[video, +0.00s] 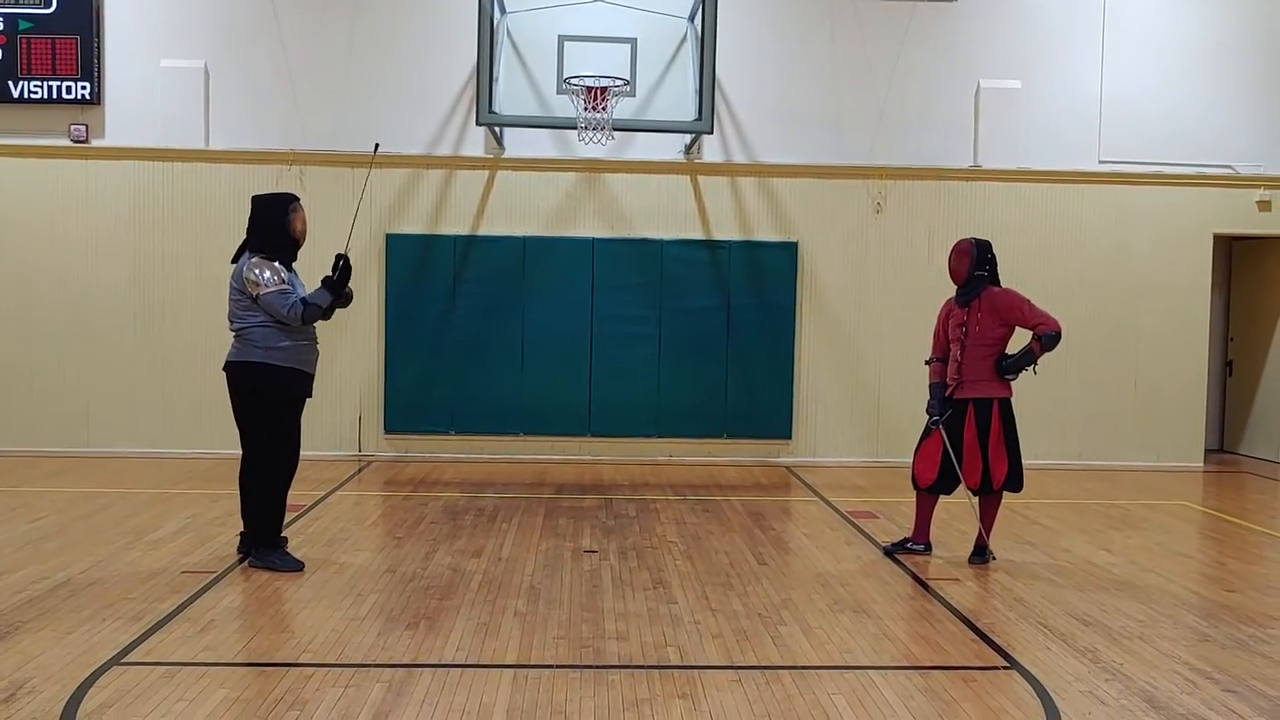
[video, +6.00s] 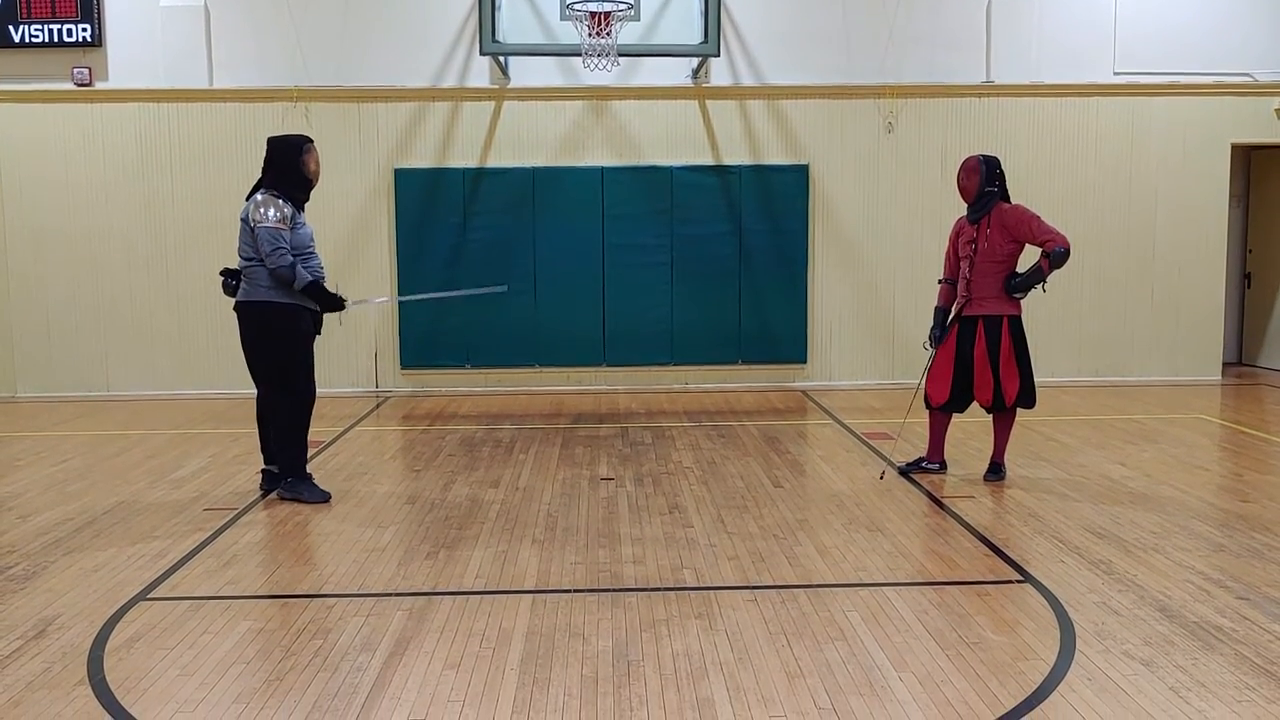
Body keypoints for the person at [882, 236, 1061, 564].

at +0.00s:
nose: (951, 266)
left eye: (957, 259)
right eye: (952, 259)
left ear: (975, 263)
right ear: (970, 264)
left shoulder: (1001, 299)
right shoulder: (950, 307)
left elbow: (1050, 330)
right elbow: (938, 356)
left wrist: (1018, 361)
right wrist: (936, 396)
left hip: (990, 400)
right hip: (952, 401)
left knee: (990, 470)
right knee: (929, 463)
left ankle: (982, 543)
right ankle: (919, 538)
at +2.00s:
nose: (951, 238)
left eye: (957, 231)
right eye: (952, 231)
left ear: (974, 234)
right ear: (972, 235)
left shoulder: (1000, 270)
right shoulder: (950, 279)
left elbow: (1049, 301)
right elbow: (938, 328)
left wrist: (1018, 333)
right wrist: (935, 367)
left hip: (989, 372)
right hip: (951, 372)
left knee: (990, 442)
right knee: (928, 435)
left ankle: (981, 514)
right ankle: (919, 509)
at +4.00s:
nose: (964, 229)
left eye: (970, 222)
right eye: (964, 222)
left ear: (989, 225)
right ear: (974, 226)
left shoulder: (1012, 259)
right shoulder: (965, 270)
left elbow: (1062, 290)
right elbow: (953, 318)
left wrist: (1031, 323)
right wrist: (950, 359)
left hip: (1003, 362)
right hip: (966, 363)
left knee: (1006, 433)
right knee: (943, 426)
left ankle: (999, 505)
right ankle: (936, 501)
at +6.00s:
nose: (960, 184)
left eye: (966, 176)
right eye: (960, 177)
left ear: (987, 179)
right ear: (966, 181)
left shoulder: (1010, 215)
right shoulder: (962, 226)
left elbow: (1059, 247)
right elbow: (950, 278)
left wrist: (1028, 279)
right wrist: (939, 320)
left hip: (1000, 318)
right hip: (963, 318)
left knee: (1003, 389)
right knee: (939, 383)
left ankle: (997, 461)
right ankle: (934, 457)